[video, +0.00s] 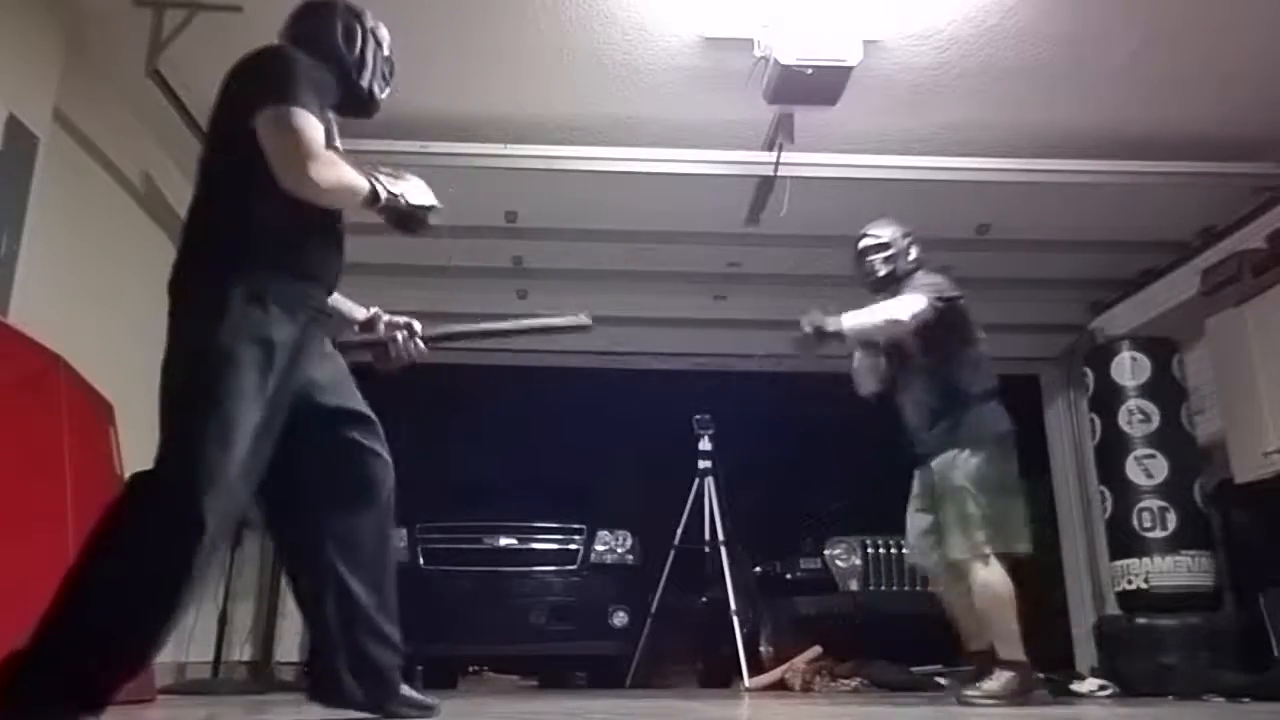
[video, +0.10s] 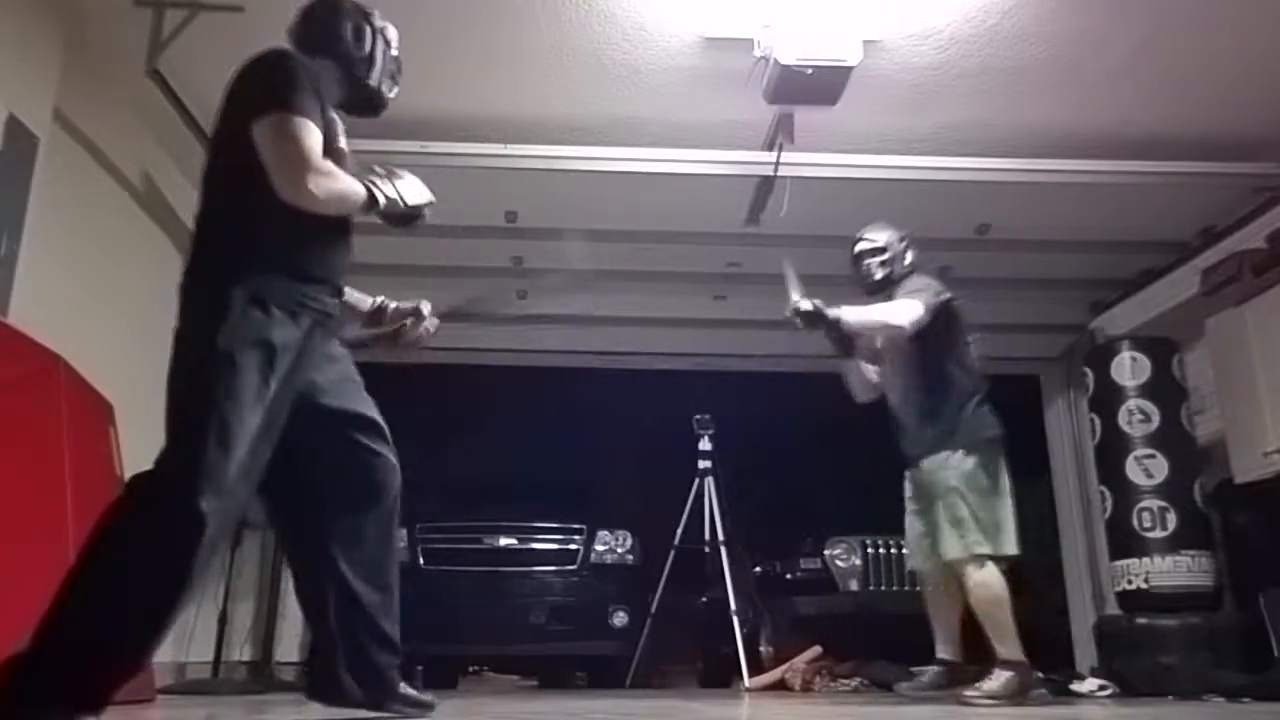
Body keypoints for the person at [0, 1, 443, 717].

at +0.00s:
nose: (370, 85)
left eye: (374, 73)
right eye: (369, 67)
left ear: (322, 40)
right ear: (347, 43)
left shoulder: (307, 113)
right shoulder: (282, 68)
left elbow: (285, 264)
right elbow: (303, 165)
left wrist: (366, 322)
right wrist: (382, 191)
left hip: (299, 325)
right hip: (240, 306)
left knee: (353, 476)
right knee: (194, 496)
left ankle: (361, 677)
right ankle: (47, 691)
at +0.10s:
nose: (391, 69)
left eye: (392, 55)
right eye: (385, 50)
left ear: (336, 43)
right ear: (351, 37)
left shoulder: (326, 127)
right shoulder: (283, 71)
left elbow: (300, 271)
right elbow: (302, 180)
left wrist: (372, 317)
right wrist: (383, 194)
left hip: (315, 326)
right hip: (251, 311)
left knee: (363, 478)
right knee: (197, 495)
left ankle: (358, 673)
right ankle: (47, 691)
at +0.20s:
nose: (404, 81)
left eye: (406, 68)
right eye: (399, 64)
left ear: (347, 52)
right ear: (368, 50)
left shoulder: (341, 135)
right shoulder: (304, 84)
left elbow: (318, 285)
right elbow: (311, 186)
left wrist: (403, 321)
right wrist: (411, 215)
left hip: (325, 340)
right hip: (268, 325)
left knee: (370, 487)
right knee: (208, 493)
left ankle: (365, 678)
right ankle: (47, 691)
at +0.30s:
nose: (417, 99)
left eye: (420, 86)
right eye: (414, 83)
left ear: (367, 66)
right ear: (389, 66)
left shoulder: (356, 138)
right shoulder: (332, 95)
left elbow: (335, 276)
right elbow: (333, 190)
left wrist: (410, 322)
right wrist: (438, 220)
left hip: (349, 342)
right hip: (297, 329)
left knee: (376, 493)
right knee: (245, 496)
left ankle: (365, 685)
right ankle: (54, 680)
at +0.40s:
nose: (429, 112)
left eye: (432, 99)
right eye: (428, 94)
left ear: (380, 72)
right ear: (408, 75)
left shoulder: (373, 145)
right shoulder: (354, 97)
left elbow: (344, 292)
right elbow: (377, 194)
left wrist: (410, 342)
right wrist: (465, 210)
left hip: (356, 340)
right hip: (316, 323)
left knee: (387, 489)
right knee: (301, 480)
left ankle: (369, 683)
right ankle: (109, 667)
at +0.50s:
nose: (442, 106)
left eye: (442, 94)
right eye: (437, 89)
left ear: (384, 71)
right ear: (415, 74)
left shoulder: (373, 137)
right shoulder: (370, 97)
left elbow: (346, 285)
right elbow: (412, 199)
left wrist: (403, 346)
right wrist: (489, 215)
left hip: (355, 335)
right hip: (321, 314)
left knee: (394, 481)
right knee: (321, 476)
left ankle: (368, 682)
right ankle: (136, 674)